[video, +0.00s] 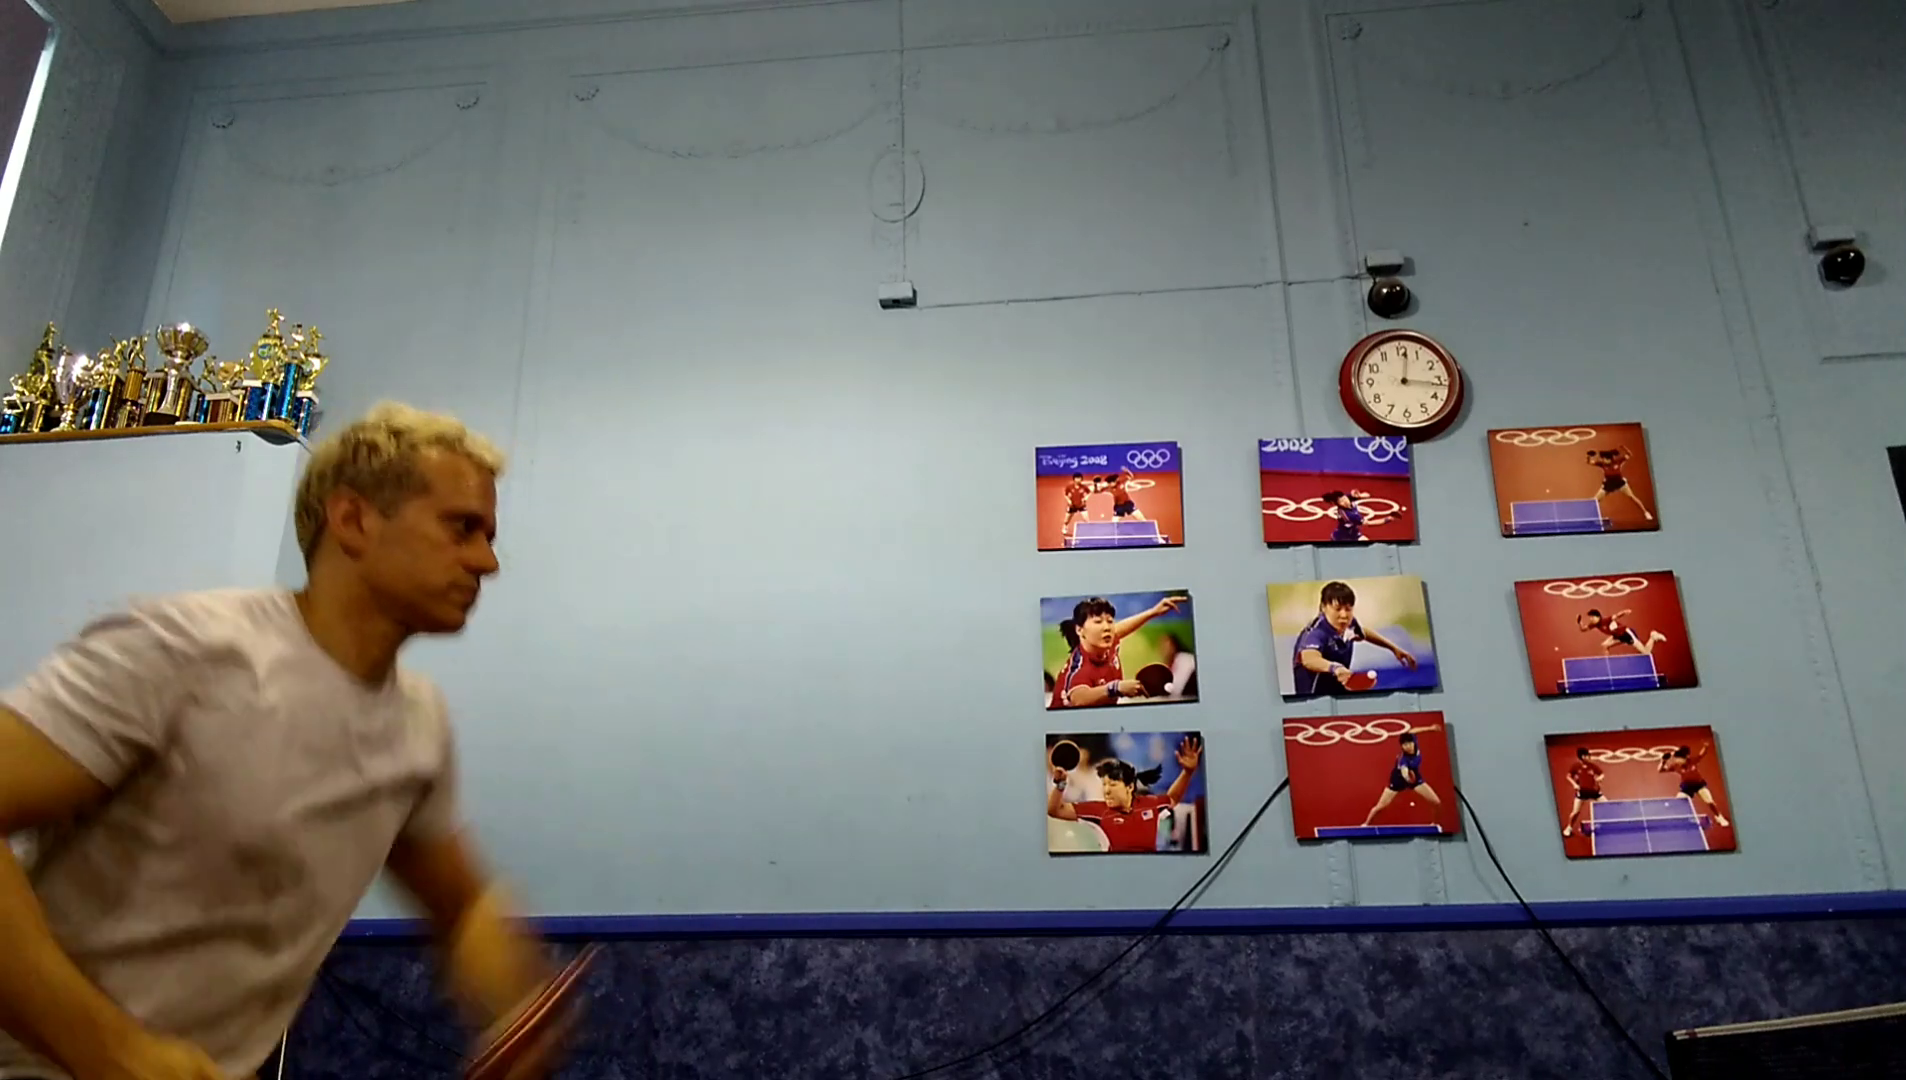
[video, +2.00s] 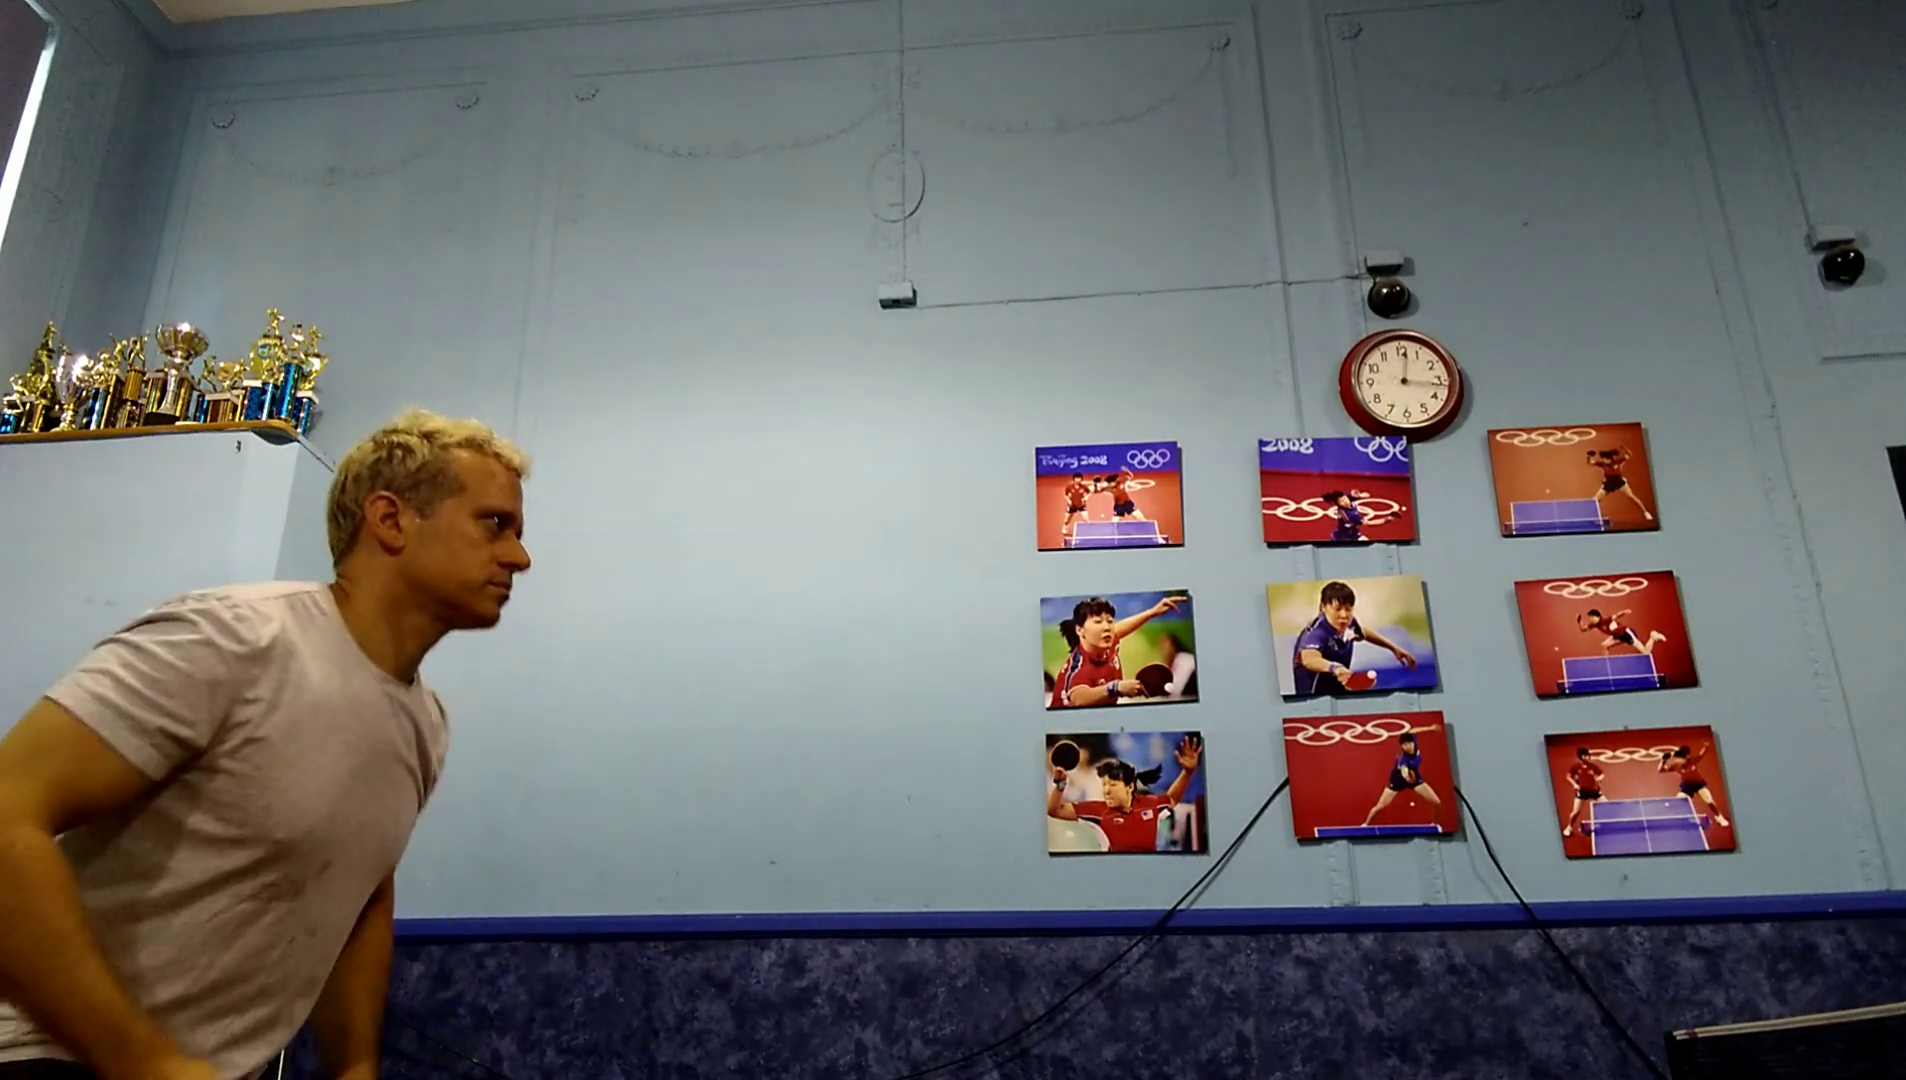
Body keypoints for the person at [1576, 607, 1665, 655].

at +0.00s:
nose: (1590, 621)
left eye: (1591, 618)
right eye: (1590, 619)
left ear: (1597, 617)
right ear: (1592, 619)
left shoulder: (1607, 620)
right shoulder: (1594, 625)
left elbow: (1617, 615)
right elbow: (1583, 630)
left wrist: (1625, 612)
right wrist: (1579, 623)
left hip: (1627, 634)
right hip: (1617, 637)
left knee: (1646, 652)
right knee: (1604, 645)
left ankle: (1653, 636)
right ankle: (1608, 667)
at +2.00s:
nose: (1590, 620)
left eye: (1591, 618)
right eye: (1590, 618)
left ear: (1597, 617)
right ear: (1593, 618)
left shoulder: (1607, 620)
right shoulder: (1594, 624)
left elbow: (1617, 616)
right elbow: (1583, 630)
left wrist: (1625, 612)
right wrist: (1579, 623)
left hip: (1627, 634)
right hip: (1618, 637)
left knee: (1646, 652)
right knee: (1604, 645)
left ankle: (1653, 636)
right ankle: (1608, 667)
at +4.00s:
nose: (1590, 620)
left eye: (1591, 618)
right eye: (1590, 618)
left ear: (1597, 617)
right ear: (1593, 618)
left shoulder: (1606, 620)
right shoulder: (1594, 624)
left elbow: (1617, 616)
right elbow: (1583, 630)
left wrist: (1625, 612)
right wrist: (1579, 623)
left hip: (1627, 634)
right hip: (1618, 637)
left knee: (1645, 652)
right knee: (1604, 645)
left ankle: (1653, 636)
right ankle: (1608, 666)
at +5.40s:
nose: (1591, 620)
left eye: (1592, 618)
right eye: (1590, 619)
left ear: (1597, 617)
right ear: (1593, 619)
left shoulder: (1607, 620)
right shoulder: (1594, 625)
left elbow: (1617, 615)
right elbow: (1583, 630)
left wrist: (1626, 612)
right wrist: (1579, 623)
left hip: (1627, 633)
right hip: (1617, 636)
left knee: (1645, 652)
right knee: (1604, 645)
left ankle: (1653, 636)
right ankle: (1608, 667)